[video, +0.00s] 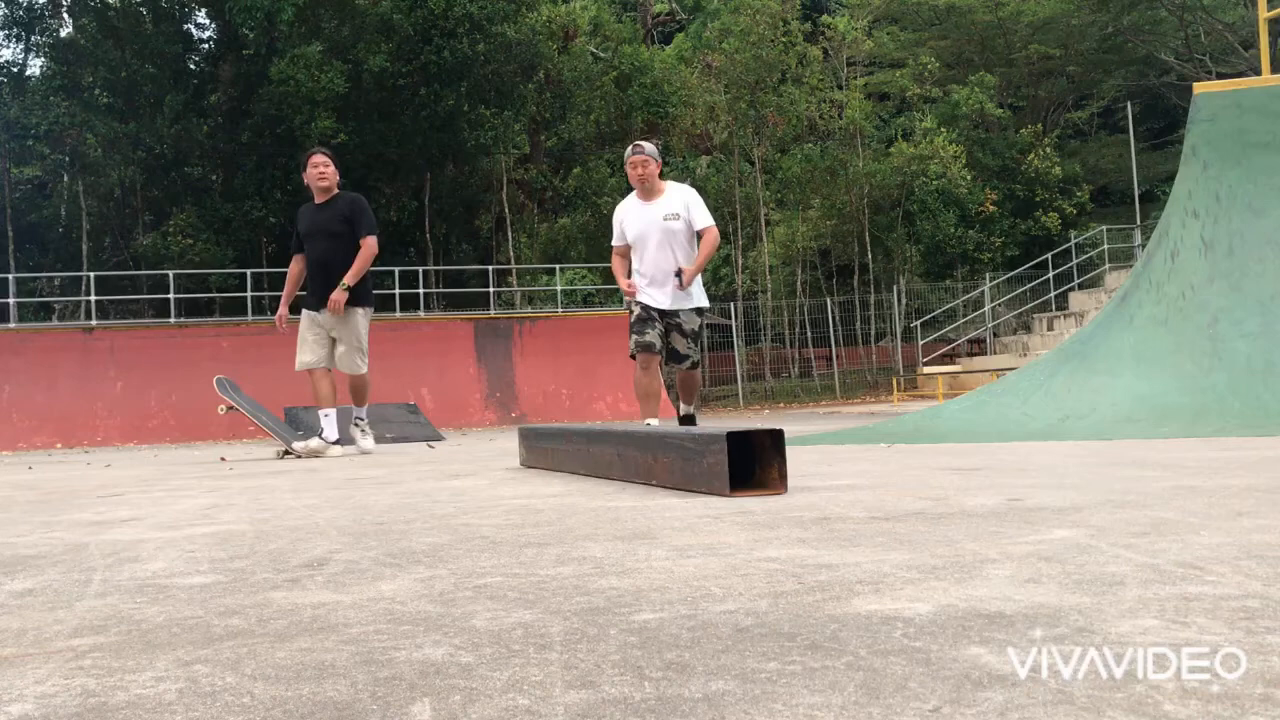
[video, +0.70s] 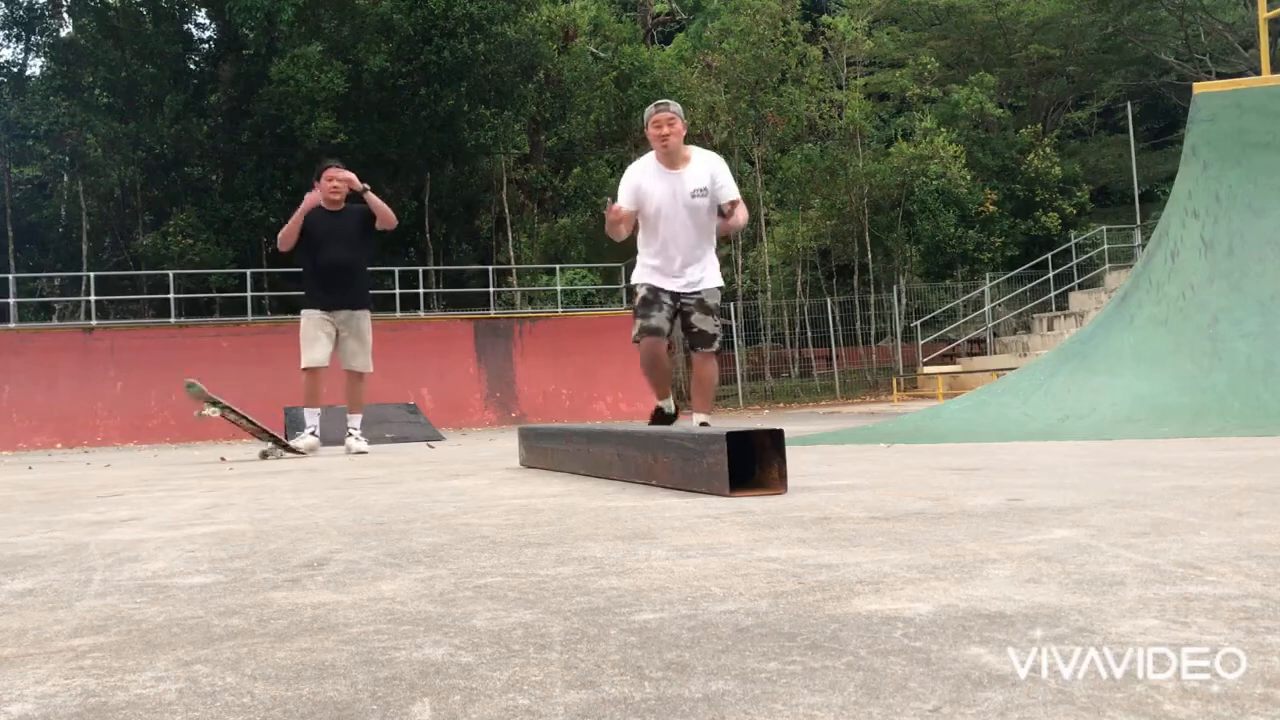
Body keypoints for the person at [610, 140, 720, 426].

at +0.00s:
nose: (639, 171)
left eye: (645, 165)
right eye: (633, 166)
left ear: (659, 167)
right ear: (626, 172)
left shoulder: (685, 196)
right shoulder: (623, 210)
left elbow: (711, 235)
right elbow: (619, 254)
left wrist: (694, 269)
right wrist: (622, 279)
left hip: (685, 297)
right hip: (645, 297)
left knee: (687, 364)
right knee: (646, 357)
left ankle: (687, 416)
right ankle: (650, 426)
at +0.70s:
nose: (664, 131)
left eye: (670, 123)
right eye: (656, 126)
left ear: (683, 128)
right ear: (647, 134)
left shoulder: (710, 164)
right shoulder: (636, 172)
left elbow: (739, 212)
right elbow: (620, 234)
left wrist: (730, 223)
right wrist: (613, 224)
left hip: (701, 273)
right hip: (653, 273)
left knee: (704, 347)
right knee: (650, 341)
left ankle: (701, 421)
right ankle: (665, 406)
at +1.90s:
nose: (662, 152)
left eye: (669, 141)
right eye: (651, 145)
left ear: (685, 143)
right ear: (639, 155)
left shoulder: (720, 180)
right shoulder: (633, 205)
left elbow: (755, 240)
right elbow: (616, 270)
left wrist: (742, 218)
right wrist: (592, 250)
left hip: (731, 279)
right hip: (679, 305)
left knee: (724, 320)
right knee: (674, 404)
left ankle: (740, 429)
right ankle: (688, 428)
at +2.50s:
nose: (634, 124)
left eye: (638, 113)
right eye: (632, 116)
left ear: (667, 108)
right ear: (654, 110)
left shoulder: (723, 145)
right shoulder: (640, 170)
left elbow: (769, 200)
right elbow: (628, 237)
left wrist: (744, 233)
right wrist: (619, 280)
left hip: (736, 266)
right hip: (682, 287)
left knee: (717, 321)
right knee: (675, 394)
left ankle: (737, 431)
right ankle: (693, 432)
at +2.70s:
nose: (642, 75)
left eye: (646, 65)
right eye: (642, 66)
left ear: (666, 64)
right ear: (670, 66)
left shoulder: (711, 102)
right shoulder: (668, 126)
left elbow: (742, 162)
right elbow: (665, 200)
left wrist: (704, 223)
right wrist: (646, 257)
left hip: (733, 239)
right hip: (687, 247)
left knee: (714, 323)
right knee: (673, 337)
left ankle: (736, 430)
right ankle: (714, 430)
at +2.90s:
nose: (664, 64)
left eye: (667, 56)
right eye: (667, 56)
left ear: (678, 58)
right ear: (700, 63)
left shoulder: (693, 97)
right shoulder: (706, 101)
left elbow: (690, 158)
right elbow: (707, 186)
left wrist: (644, 216)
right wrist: (680, 245)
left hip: (720, 233)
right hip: (706, 236)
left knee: (709, 323)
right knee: (684, 327)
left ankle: (736, 425)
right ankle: (728, 418)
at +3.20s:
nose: (657, 80)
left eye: (659, 74)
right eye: (659, 74)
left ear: (667, 74)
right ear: (699, 77)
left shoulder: (664, 109)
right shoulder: (734, 123)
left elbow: (650, 167)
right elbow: (749, 191)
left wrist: (615, 231)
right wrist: (732, 233)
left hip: (685, 241)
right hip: (734, 243)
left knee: (658, 333)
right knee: (721, 332)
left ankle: (679, 427)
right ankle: (735, 428)